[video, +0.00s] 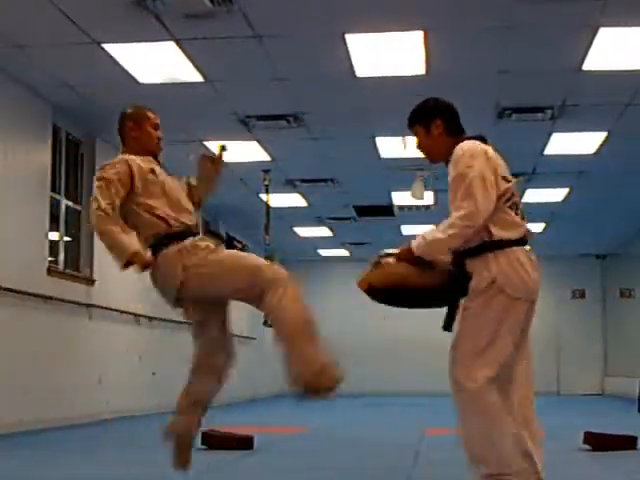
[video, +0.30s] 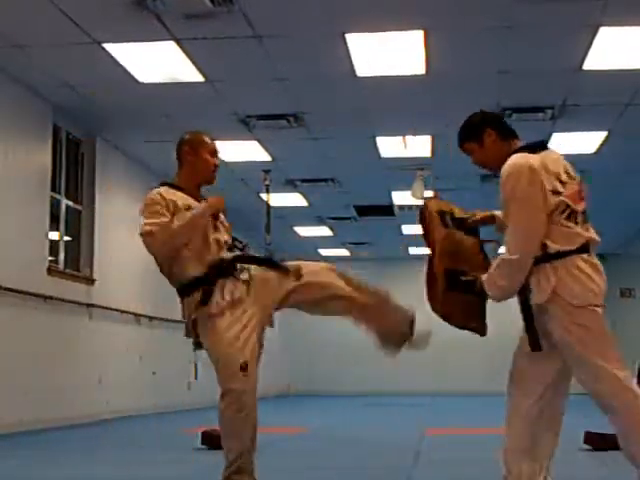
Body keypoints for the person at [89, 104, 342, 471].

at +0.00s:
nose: (160, 134)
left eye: (159, 128)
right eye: (153, 127)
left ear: (149, 133)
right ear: (130, 131)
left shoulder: (164, 177)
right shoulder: (122, 167)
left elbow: (192, 200)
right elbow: (101, 212)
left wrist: (206, 176)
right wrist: (132, 251)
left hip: (197, 258)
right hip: (178, 259)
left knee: (214, 353)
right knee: (272, 281)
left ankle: (185, 426)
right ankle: (310, 371)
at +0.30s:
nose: (216, 164)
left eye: (216, 157)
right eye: (211, 156)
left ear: (195, 159)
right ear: (188, 156)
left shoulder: (204, 205)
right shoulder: (160, 200)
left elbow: (218, 254)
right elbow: (159, 246)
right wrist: (204, 211)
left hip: (252, 277)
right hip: (219, 301)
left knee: (326, 281)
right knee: (238, 390)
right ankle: (239, 472)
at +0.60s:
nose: (216, 153)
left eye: (215, 147)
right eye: (208, 147)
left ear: (207, 155)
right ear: (185, 154)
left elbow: (256, 244)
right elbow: (160, 265)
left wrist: (298, 249)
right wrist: (205, 268)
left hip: (254, 301)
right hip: (214, 305)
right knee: (241, 388)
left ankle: (248, 470)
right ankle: (238, 471)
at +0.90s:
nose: (198, 140)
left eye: (198, 134)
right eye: (190, 132)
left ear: (190, 142)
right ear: (166, 137)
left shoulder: (196, 188)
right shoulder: (150, 178)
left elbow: (202, 234)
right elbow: (125, 232)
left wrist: (220, 239)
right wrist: (182, 243)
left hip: (204, 284)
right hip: (171, 280)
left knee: (221, 371)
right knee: (180, 367)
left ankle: (213, 466)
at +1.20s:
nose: (141, 155)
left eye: (141, 149)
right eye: (135, 147)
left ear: (116, 153)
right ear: (112, 151)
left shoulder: (113, 195)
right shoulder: (97, 184)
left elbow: (103, 257)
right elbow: (96, 222)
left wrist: (137, 264)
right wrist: (153, 223)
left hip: (112, 296)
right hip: (93, 295)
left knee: (130, 384)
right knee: (75, 386)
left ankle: (163, 462)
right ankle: (55, 469)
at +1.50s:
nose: (74, 152)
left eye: (74, 146)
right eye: (69, 144)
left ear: (49, 148)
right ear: (47, 146)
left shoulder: (29, 184)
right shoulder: (37, 185)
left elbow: (46, 240)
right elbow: (57, 241)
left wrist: (82, 242)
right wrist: (112, 247)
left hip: (17, 291)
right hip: (23, 293)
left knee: (32, 387)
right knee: (39, 387)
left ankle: (45, 468)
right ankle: (48, 470)